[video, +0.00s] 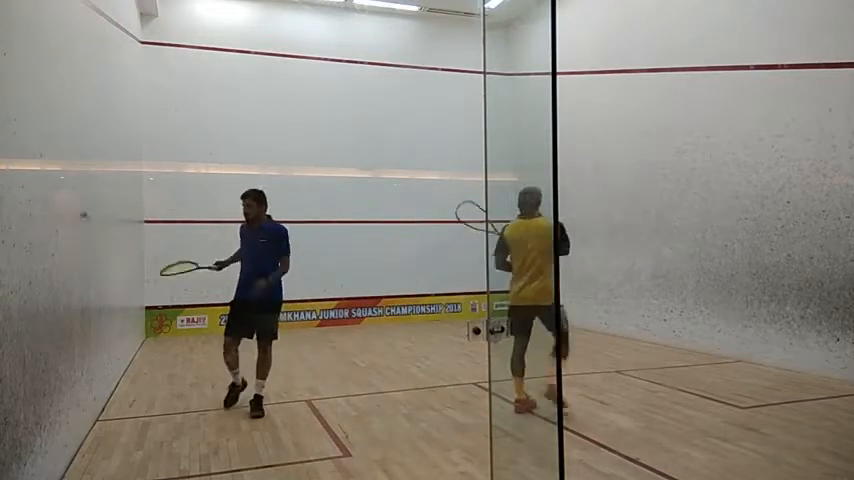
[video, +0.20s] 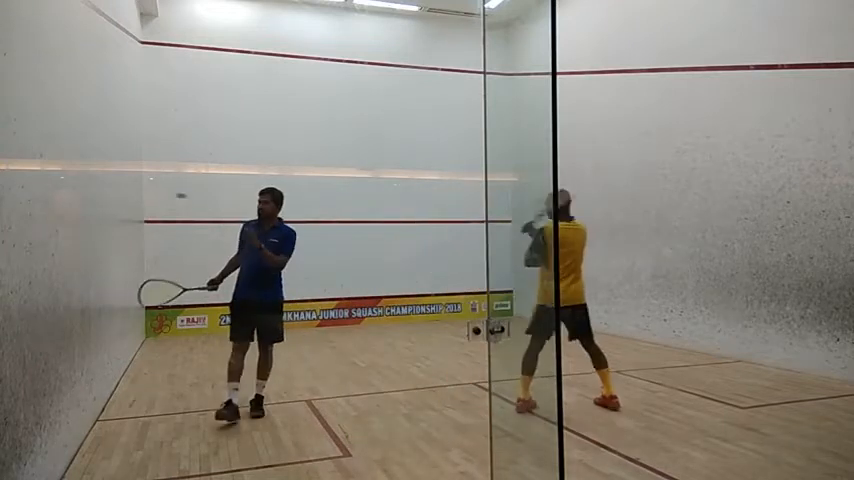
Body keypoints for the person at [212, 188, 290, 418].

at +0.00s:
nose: (245, 210)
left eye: (249, 206)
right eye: (244, 206)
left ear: (263, 207)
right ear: (244, 207)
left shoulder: (278, 231)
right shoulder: (245, 230)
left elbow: (285, 265)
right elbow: (245, 252)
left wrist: (270, 279)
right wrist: (226, 263)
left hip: (269, 297)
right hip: (244, 294)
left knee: (264, 346)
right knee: (229, 345)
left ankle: (257, 396)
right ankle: (237, 382)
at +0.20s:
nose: (260, 206)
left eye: (265, 203)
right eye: (259, 202)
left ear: (277, 207)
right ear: (258, 204)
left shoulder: (287, 234)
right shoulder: (249, 228)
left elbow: (278, 264)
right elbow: (240, 256)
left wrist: (258, 245)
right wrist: (220, 277)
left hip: (269, 301)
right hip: (243, 299)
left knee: (265, 349)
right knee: (238, 348)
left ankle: (258, 399)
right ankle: (232, 403)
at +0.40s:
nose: (273, 206)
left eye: (278, 203)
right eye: (270, 202)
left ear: (286, 208)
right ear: (264, 204)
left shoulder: (291, 235)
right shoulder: (249, 229)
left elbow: (289, 266)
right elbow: (232, 256)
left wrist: (275, 242)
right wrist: (204, 272)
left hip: (273, 300)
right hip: (246, 298)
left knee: (266, 349)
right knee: (248, 348)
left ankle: (259, 397)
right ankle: (249, 402)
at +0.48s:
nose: (277, 206)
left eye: (281, 203)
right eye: (273, 202)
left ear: (287, 207)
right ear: (264, 204)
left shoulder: (293, 236)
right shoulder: (249, 230)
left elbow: (292, 270)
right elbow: (228, 256)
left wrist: (287, 258)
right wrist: (195, 265)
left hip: (276, 301)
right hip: (250, 299)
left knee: (266, 352)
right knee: (256, 351)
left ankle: (257, 398)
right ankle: (259, 406)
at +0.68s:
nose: (284, 203)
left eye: (287, 200)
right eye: (279, 199)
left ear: (290, 205)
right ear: (267, 202)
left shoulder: (296, 233)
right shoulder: (252, 231)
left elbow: (299, 264)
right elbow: (223, 256)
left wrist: (301, 285)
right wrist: (190, 253)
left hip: (286, 306)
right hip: (259, 306)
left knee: (281, 361)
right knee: (260, 358)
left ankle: (259, 392)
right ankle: (264, 416)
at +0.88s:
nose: (295, 202)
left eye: (296, 198)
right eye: (290, 198)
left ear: (296, 201)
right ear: (275, 202)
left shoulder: (302, 231)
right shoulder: (258, 230)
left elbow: (311, 265)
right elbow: (230, 254)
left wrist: (330, 296)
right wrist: (209, 244)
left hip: (296, 306)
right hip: (267, 307)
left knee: (308, 350)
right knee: (264, 357)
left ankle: (279, 393)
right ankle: (264, 416)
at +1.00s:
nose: (304, 202)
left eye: (304, 198)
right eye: (298, 198)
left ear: (300, 201)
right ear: (283, 201)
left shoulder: (307, 230)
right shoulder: (265, 230)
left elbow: (322, 264)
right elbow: (236, 254)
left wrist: (345, 291)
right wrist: (222, 241)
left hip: (300, 304)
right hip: (273, 306)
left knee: (318, 348)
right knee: (269, 356)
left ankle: (302, 403)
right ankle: (266, 417)